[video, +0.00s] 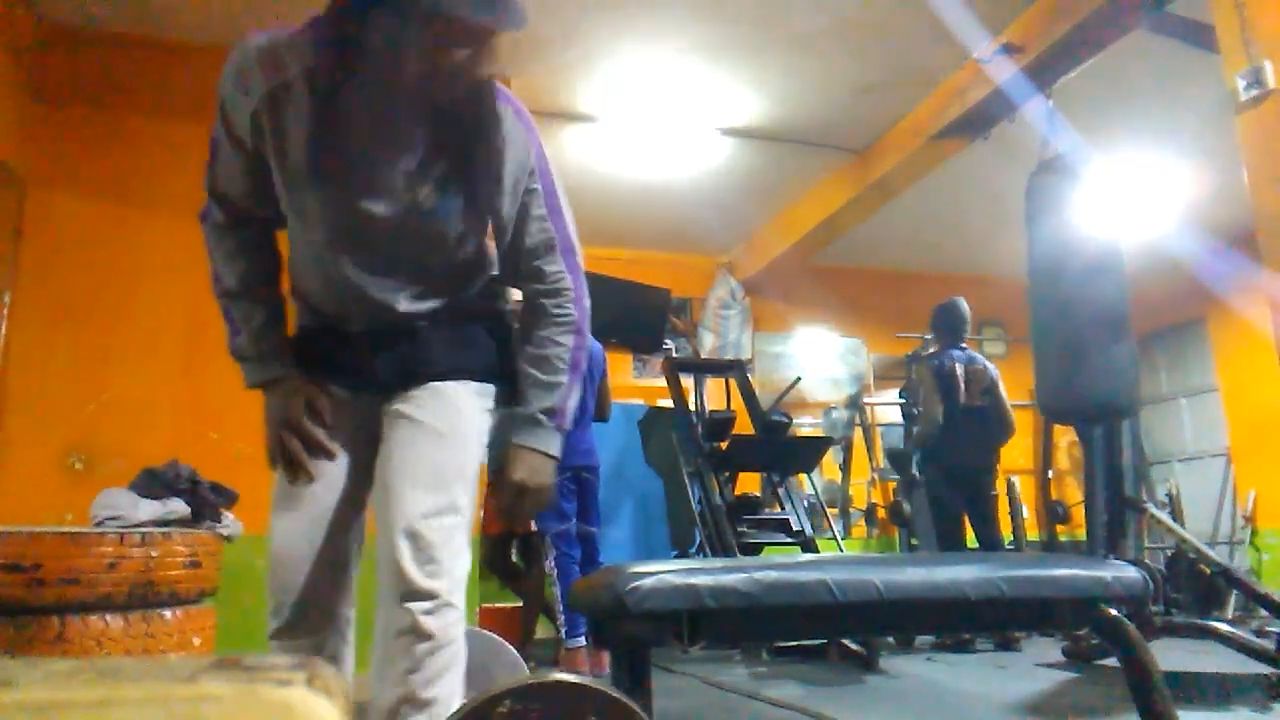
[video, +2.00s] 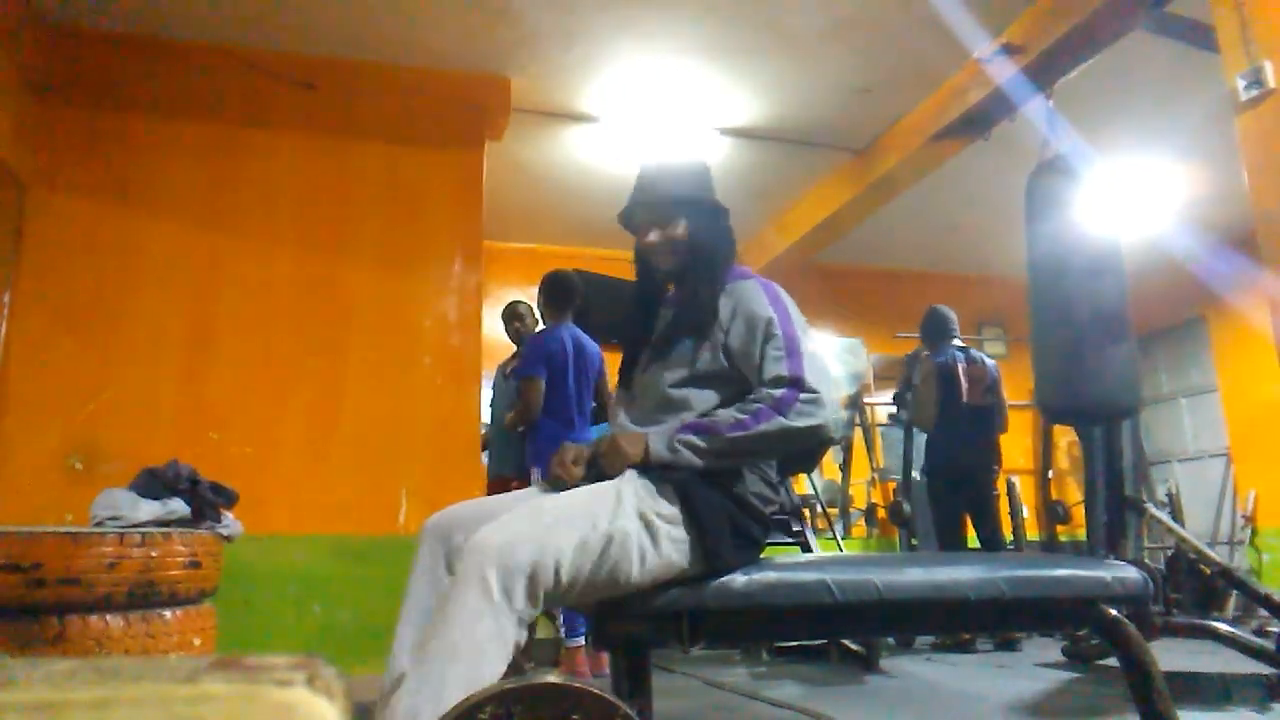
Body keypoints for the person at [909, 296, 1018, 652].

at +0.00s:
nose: (932, 333)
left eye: (933, 327)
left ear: (936, 328)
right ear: (968, 329)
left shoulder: (927, 366)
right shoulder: (985, 366)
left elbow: (932, 419)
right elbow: (1008, 422)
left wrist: (914, 441)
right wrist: (987, 446)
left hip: (943, 467)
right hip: (980, 467)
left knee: (950, 546)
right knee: (992, 543)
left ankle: (955, 630)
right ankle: (1007, 626)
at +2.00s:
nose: (925, 343)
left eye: (924, 337)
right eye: (928, 338)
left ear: (926, 336)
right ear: (957, 331)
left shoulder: (928, 367)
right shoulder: (988, 365)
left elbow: (923, 420)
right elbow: (1002, 422)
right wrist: (973, 424)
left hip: (944, 470)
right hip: (981, 469)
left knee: (951, 548)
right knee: (993, 543)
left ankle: (959, 628)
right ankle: (1007, 626)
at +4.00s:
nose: (919, 340)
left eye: (920, 334)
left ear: (922, 335)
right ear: (954, 335)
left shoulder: (922, 368)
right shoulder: (979, 369)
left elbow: (937, 419)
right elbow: (999, 423)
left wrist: (925, 467)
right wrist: (1003, 470)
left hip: (944, 473)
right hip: (977, 471)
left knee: (949, 548)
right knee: (990, 544)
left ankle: (958, 629)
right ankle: (1008, 626)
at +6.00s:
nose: (934, 340)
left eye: (934, 333)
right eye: (937, 334)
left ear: (938, 333)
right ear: (968, 330)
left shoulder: (942, 363)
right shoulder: (996, 364)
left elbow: (939, 420)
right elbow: (1001, 421)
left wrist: (923, 468)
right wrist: (997, 463)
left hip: (951, 466)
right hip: (986, 467)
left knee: (953, 546)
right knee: (997, 543)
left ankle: (958, 628)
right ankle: (1010, 626)